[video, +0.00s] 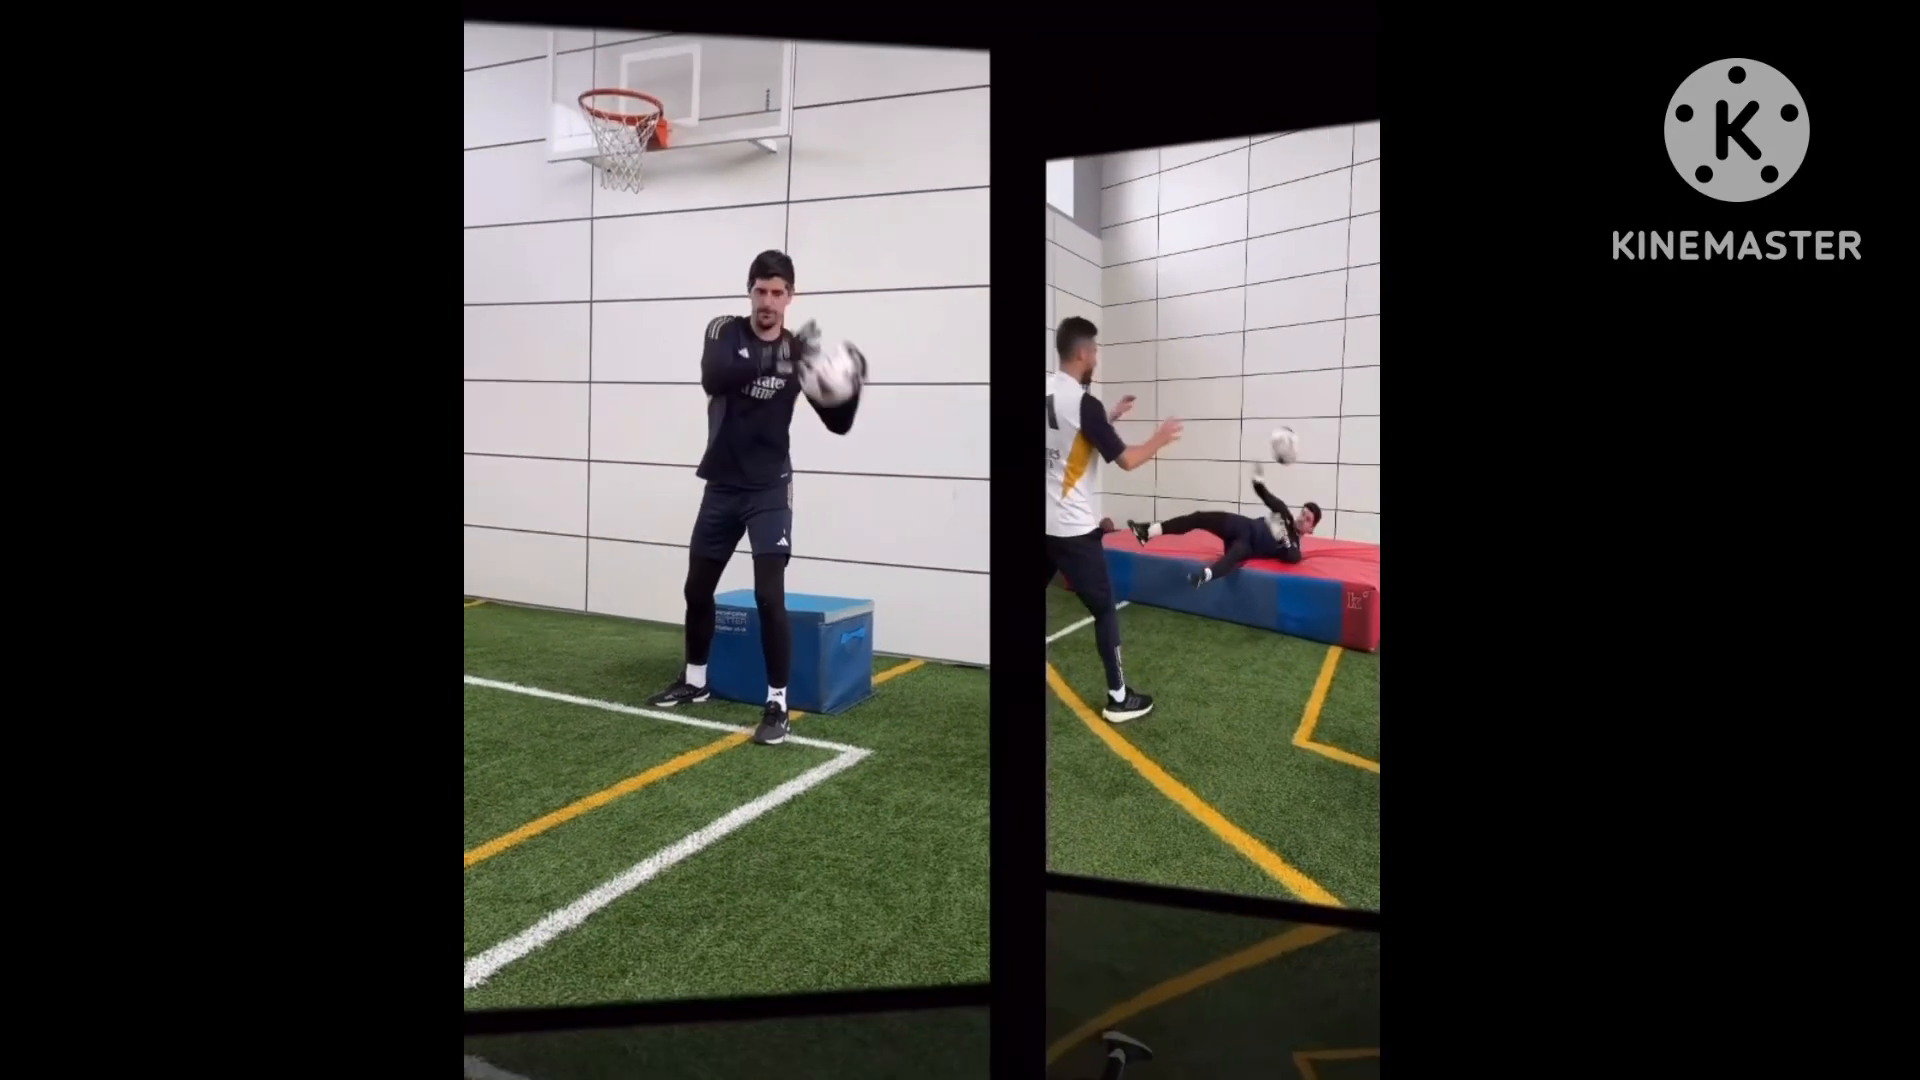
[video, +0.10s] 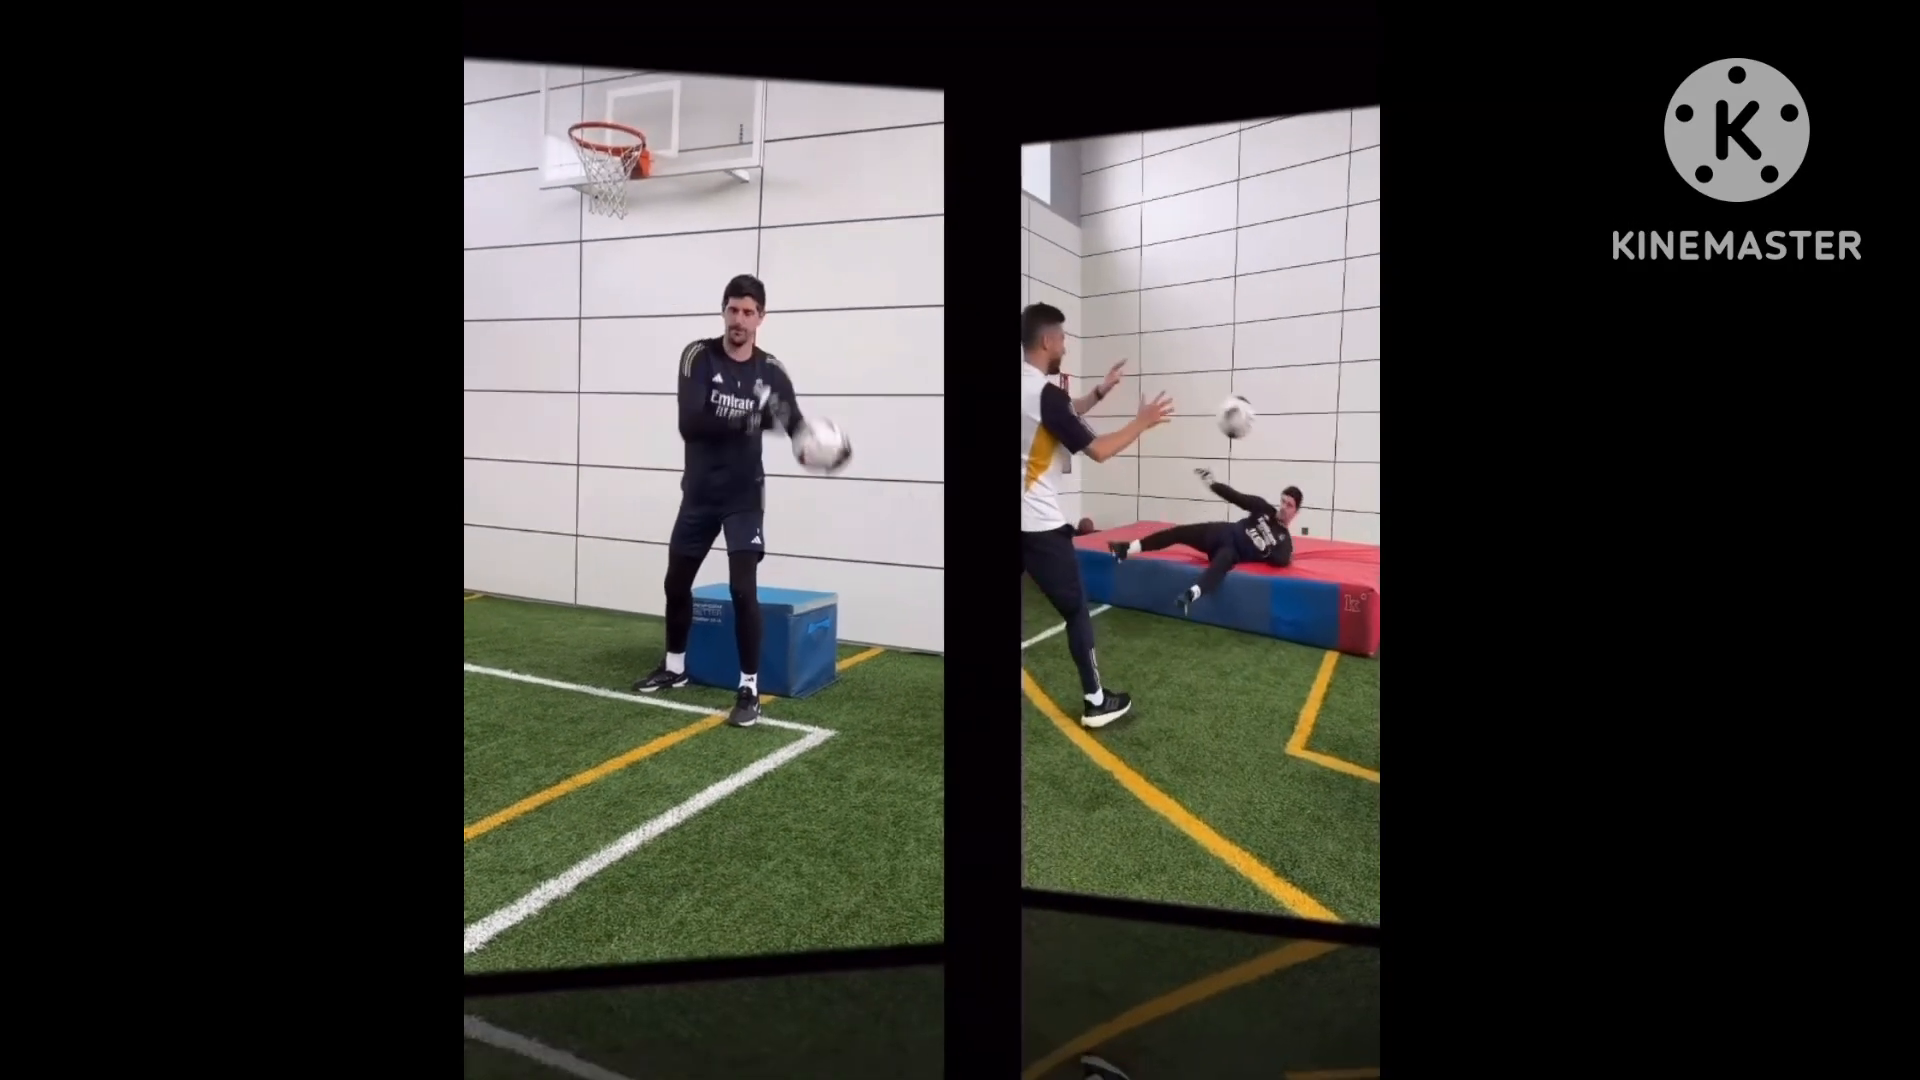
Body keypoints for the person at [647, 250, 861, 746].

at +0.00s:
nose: (769, 301)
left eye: (778, 293)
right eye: (762, 292)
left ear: (791, 297)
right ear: (749, 293)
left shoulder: (798, 350)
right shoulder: (725, 330)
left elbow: (838, 423)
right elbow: (715, 380)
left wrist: (847, 383)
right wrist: (779, 356)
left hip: (769, 488)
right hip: (721, 485)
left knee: (769, 596)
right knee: (697, 588)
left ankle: (777, 703)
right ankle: (694, 683)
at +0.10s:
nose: (739, 319)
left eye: (748, 312)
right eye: (733, 310)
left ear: (761, 317)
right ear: (723, 312)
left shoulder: (772, 373)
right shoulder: (698, 356)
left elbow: (795, 427)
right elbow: (690, 424)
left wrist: (819, 445)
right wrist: (751, 421)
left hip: (744, 497)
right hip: (699, 495)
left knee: (742, 590)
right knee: (676, 583)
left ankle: (748, 689)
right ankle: (674, 670)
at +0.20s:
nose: (712, 337)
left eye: (721, 331)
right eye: (707, 329)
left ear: (734, 337)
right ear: (699, 333)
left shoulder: (748, 391)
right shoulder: (676, 379)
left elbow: (767, 445)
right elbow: (660, 444)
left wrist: (791, 487)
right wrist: (695, 464)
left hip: (724, 498)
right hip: (682, 495)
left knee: (720, 584)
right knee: (658, 576)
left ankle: (724, 675)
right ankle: (656, 656)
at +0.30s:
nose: (688, 355)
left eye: (697, 349)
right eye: (684, 347)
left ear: (712, 356)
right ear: (678, 352)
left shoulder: (725, 411)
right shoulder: (658, 393)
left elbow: (739, 466)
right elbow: (636, 445)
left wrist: (752, 514)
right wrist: (656, 486)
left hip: (705, 498)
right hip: (668, 494)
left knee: (700, 578)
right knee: (642, 572)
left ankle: (703, 664)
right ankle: (641, 647)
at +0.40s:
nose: (670, 374)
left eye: (677, 369)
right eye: (667, 367)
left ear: (691, 375)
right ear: (661, 371)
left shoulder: (702, 427)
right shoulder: (647, 404)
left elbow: (706, 485)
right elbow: (621, 448)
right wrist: (631, 492)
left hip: (689, 507)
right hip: (655, 500)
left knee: (681, 574)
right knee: (626, 568)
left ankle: (686, 655)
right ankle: (628, 639)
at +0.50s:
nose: (653, 398)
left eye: (660, 393)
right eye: (650, 391)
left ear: (673, 399)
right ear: (646, 394)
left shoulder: (680, 442)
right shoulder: (635, 423)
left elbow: (677, 500)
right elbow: (609, 461)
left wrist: (658, 496)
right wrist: (608, 497)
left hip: (675, 510)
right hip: (645, 505)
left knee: (666, 570)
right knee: (608, 565)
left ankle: (669, 647)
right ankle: (616, 632)